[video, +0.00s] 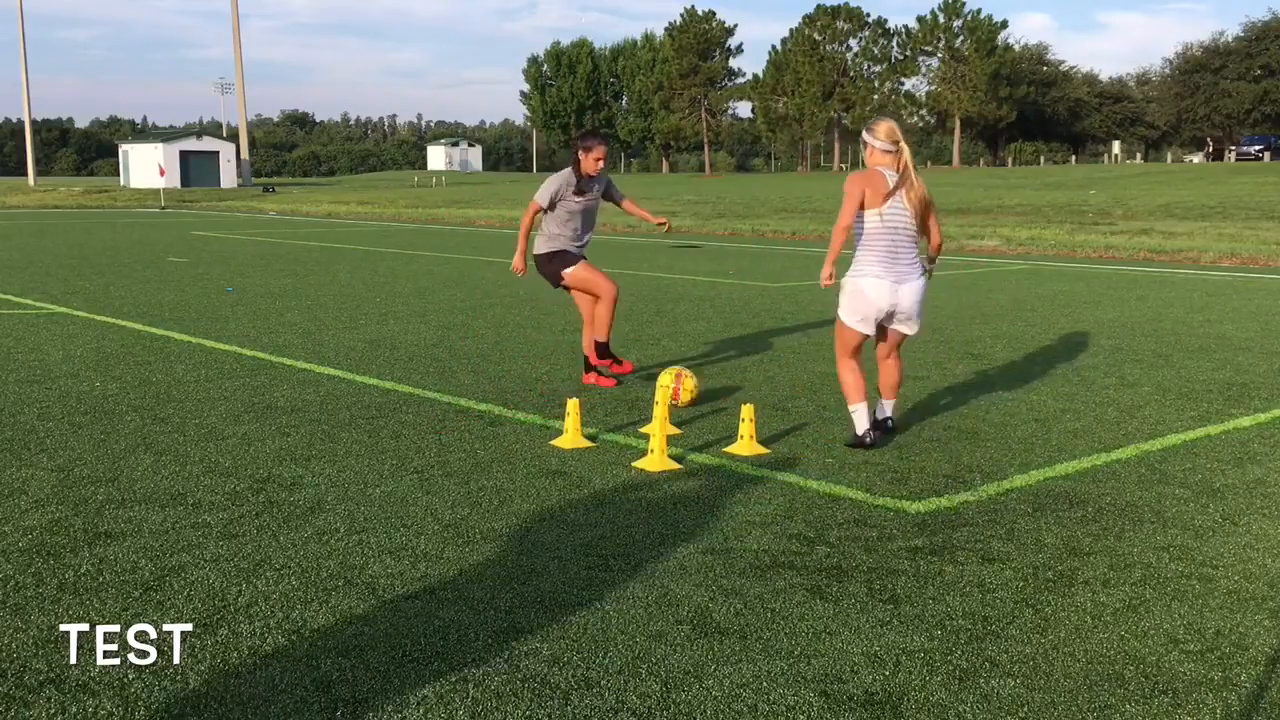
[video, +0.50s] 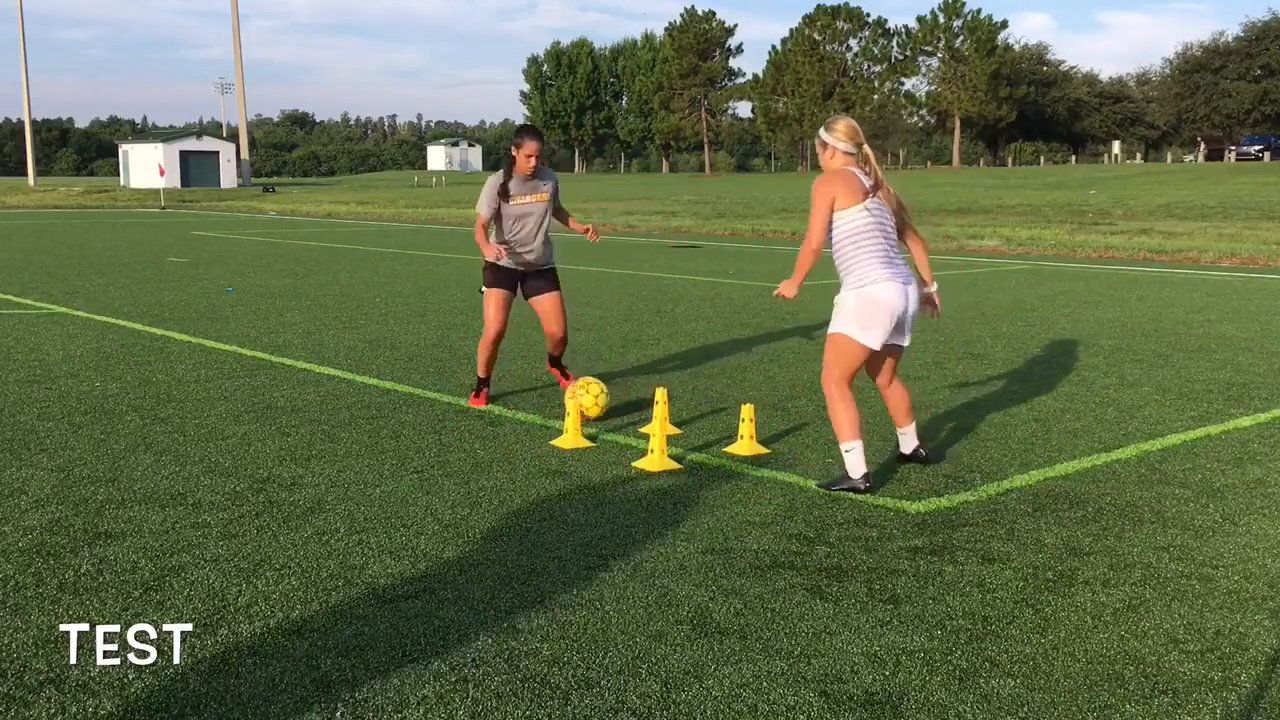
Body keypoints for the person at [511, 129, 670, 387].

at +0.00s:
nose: (602, 165)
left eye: (604, 159)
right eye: (597, 159)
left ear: (604, 158)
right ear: (580, 156)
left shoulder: (601, 180)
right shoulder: (560, 181)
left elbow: (621, 201)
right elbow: (530, 212)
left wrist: (651, 218)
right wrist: (520, 254)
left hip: (573, 253)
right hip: (551, 254)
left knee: (591, 314)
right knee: (607, 290)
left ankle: (590, 371)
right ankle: (602, 354)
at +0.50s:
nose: (534, 162)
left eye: (538, 156)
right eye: (529, 156)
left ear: (542, 154)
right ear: (514, 153)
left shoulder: (549, 180)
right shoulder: (497, 183)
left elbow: (556, 211)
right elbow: (480, 225)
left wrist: (579, 227)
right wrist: (486, 247)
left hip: (540, 266)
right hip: (503, 265)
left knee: (558, 334)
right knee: (494, 330)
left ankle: (555, 364)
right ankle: (482, 385)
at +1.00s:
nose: (527, 149)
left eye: (532, 142)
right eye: (521, 141)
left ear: (539, 141)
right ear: (508, 136)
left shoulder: (547, 170)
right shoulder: (487, 168)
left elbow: (566, 202)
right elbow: (454, 202)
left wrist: (576, 201)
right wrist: (442, 226)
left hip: (528, 259)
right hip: (487, 252)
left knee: (522, 330)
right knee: (481, 314)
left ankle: (512, 408)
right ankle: (452, 374)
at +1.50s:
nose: (526, 163)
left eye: (530, 157)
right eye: (520, 156)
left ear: (532, 159)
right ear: (502, 155)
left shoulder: (526, 189)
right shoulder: (482, 187)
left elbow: (512, 230)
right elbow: (449, 229)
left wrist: (531, 255)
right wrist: (446, 280)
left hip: (506, 277)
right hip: (474, 275)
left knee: (545, 334)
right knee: (481, 348)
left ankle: (509, 385)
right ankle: (440, 419)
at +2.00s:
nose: (546, 134)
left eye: (549, 128)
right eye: (540, 128)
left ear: (550, 131)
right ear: (523, 128)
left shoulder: (548, 160)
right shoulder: (506, 161)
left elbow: (541, 200)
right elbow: (483, 204)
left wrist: (552, 224)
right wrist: (522, 221)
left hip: (537, 248)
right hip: (505, 248)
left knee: (556, 315)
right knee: (512, 325)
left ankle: (528, 380)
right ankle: (483, 388)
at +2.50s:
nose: (581, 135)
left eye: (583, 129)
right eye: (576, 129)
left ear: (583, 132)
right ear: (559, 130)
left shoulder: (585, 155)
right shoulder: (542, 160)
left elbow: (581, 189)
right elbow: (520, 199)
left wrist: (598, 209)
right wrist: (549, 217)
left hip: (574, 242)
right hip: (544, 241)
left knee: (580, 309)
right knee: (551, 309)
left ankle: (572, 371)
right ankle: (527, 366)